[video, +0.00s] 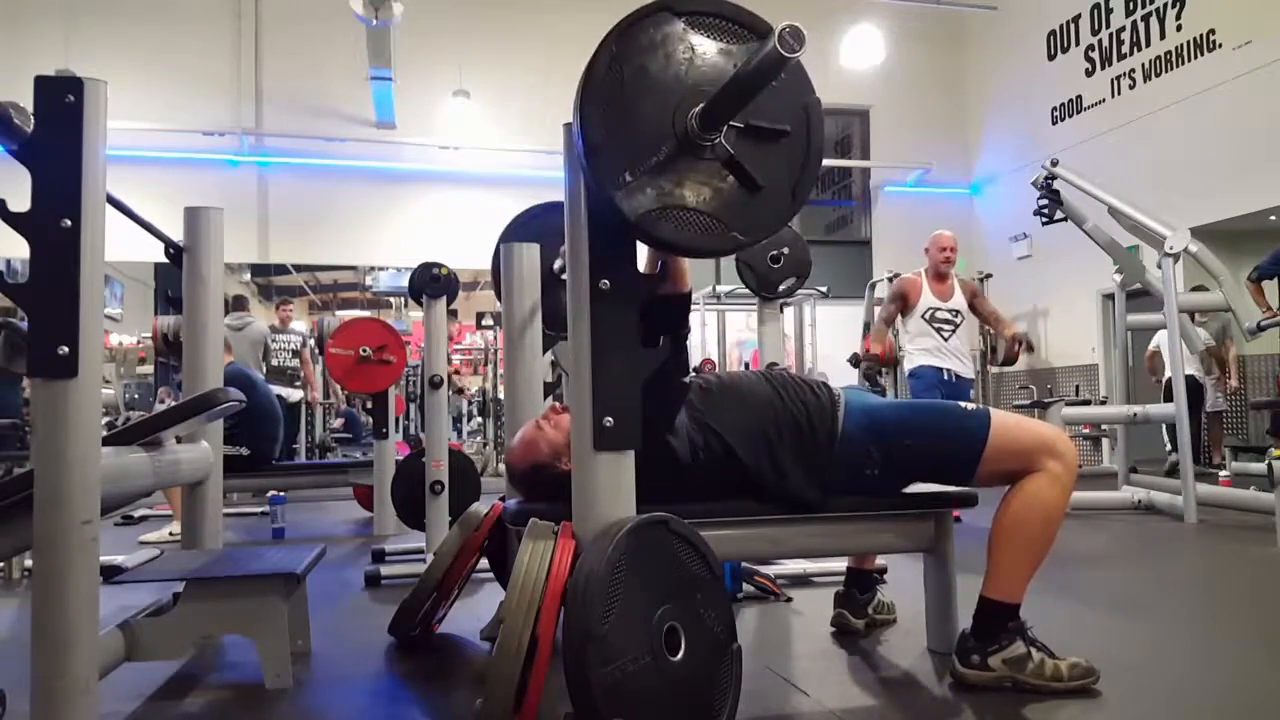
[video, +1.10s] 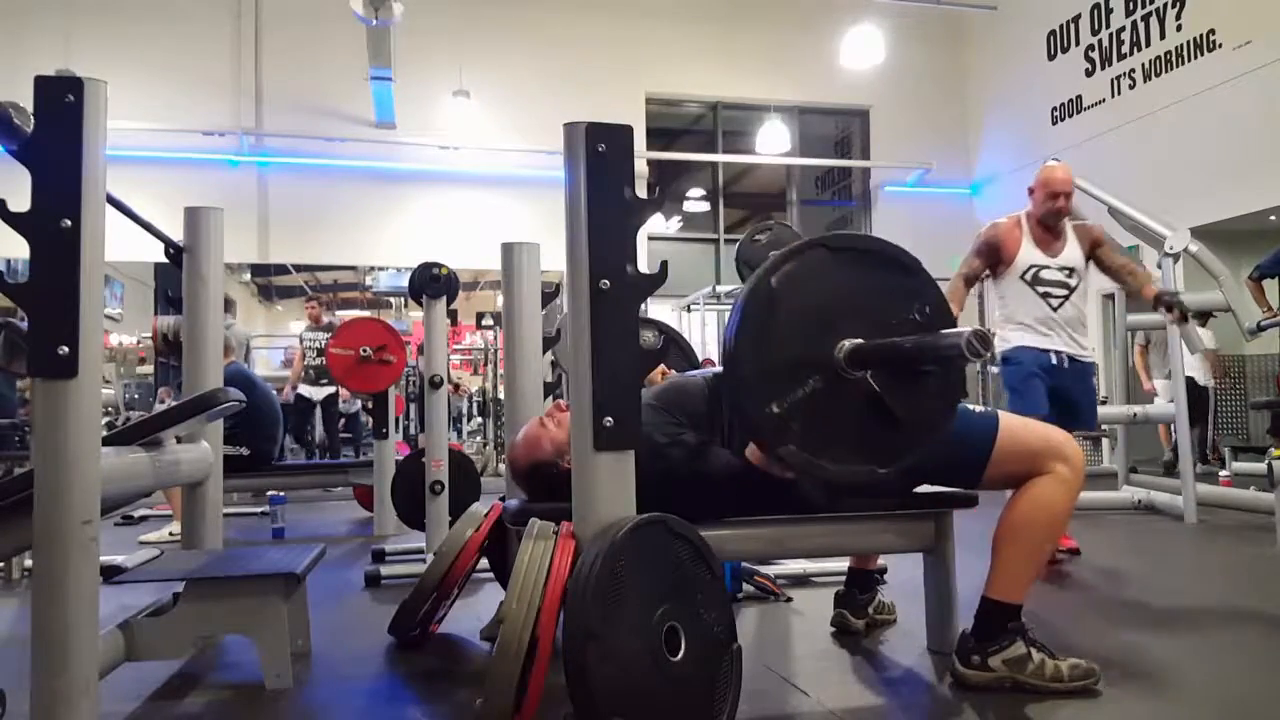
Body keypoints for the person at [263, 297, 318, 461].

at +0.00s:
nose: (287, 314)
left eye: (290, 311)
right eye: (284, 310)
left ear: (293, 313)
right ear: (276, 312)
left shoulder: (300, 336)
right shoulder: (267, 332)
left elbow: (306, 362)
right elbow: (258, 358)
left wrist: (314, 389)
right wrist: (258, 384)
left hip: (295, 387)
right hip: (274, 386)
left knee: (292, 431)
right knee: (276, 426)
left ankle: (289, 462)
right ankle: (274, 462)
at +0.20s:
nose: (287, 313)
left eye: (289, 310)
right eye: (283, 310)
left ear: (293, 312)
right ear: (276, 311)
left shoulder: (301, 334)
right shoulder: (268, 333)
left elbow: (310, 361)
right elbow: (260, 359)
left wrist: (317, 384)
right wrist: (259, 383)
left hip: (299, 387)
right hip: (276, 387)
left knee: (304, 427)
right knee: (280, 428)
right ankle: (281, 462)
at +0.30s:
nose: (287, 312)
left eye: (290, 309)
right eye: (283, 309)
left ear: (294, 311)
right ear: (276, 311)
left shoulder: (303, 331)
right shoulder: (269, 332)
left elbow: (311, 358)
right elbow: (262, 358)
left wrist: (319, 383)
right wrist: (260, 382)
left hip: (301, 385)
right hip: (276, 385)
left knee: (313, 422)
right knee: (282, 425)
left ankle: (289, 428)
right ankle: (285, 459)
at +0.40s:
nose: (288, 312)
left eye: (291, 309)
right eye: (284, 309)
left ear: (294, 310)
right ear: (277, 311)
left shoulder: (305, 331)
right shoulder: (271, 332)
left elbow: (314, 357)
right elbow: (264, 357)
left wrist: (319, 383)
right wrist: (261, 380)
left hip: (302, 384)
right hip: (278, 385)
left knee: (314, 420)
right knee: (283, 423)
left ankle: (295, 427)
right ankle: (285, 458)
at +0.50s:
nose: (290, 311)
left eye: (293, 308)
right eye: (286, 308)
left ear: (297, 310)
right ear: (280, 310)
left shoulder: (307, 331)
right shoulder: (274, 332)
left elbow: (317, 358)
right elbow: (266, 358)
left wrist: (322, 384)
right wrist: (264, 381)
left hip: (304, 384)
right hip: (281, 385)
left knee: (315, 420)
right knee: (287, 426)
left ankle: (309, 450)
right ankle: (285, 460)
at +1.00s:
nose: (309, 311)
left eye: (312, 307)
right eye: (306, 308)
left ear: (320, 309)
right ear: (303, 310)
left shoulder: (331, 329)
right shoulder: (300, 334)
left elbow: (340, 356)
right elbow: (294, 360)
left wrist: (341, 384)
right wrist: (286, 385)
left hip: (326, 385)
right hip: (304, 385)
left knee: (330, 429)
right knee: (297, 429)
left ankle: (333, 462)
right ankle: (294, 463)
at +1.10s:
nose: (309, 311)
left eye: (313, 308)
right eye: (307, 308)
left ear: (322, 309)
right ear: (305, 311)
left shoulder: (334, 328)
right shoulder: (305, 332)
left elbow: (343, 356)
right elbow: (299, 359)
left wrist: (343, 384)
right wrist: (291, 383)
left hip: (328, 386)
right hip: (307, 385)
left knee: (331, 430)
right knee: (297, 429)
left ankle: (335, 465)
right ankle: (310, 449)